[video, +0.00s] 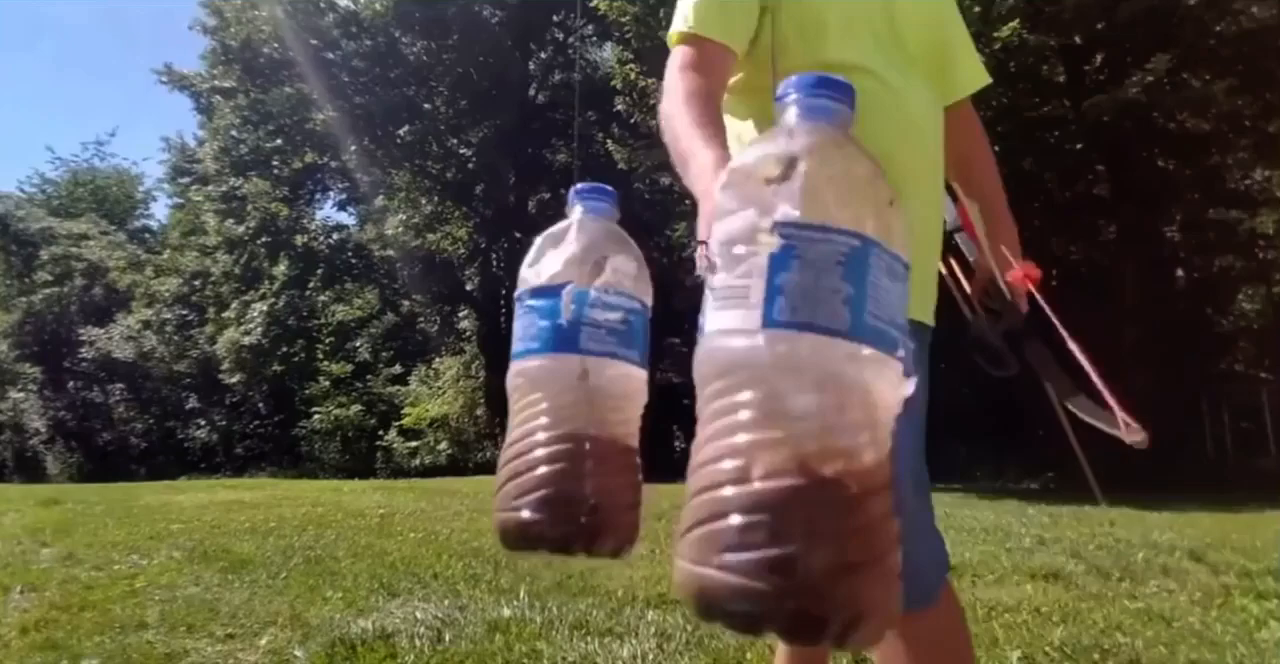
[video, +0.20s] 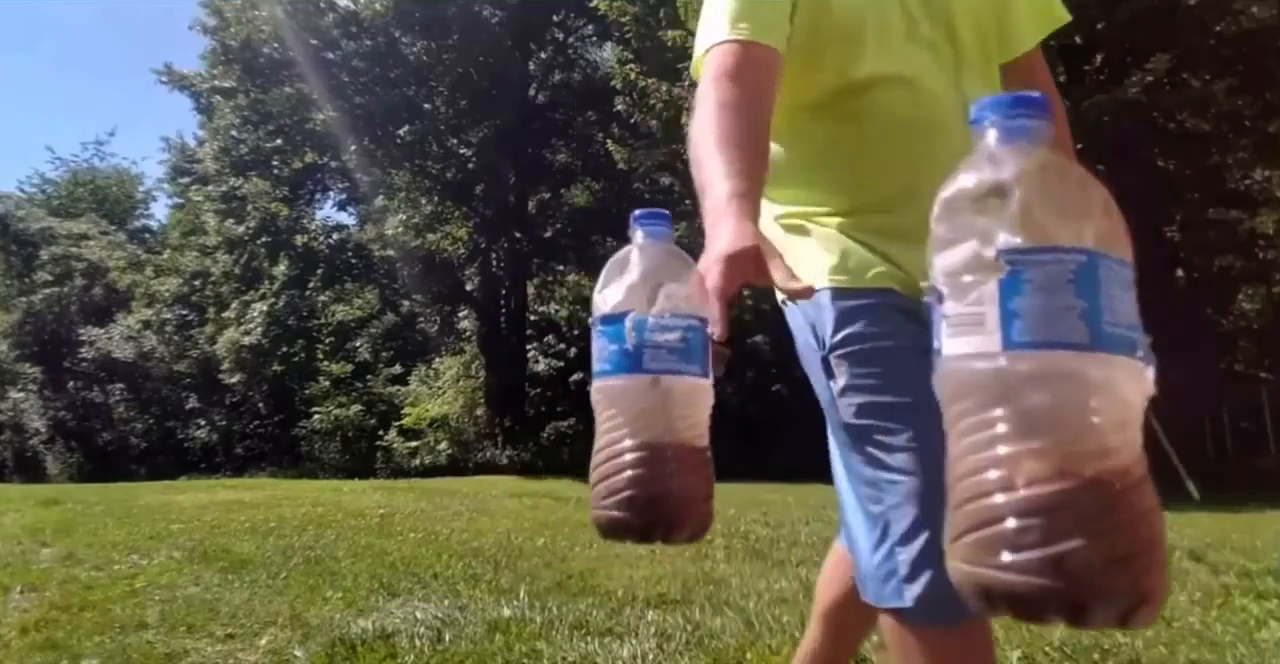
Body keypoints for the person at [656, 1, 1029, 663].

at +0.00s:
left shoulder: (934, 9)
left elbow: (954, 114)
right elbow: (689, 85)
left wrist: (1000, 238)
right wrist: (720, 198)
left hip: (908, 291)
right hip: (792, 289)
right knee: (905, 553)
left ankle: (802, 646)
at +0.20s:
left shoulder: (998, 7)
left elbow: (1030, 85)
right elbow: (734, 67)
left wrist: (1063, 233)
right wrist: (730, 220)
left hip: (981, 246)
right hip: (841, 243)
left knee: (893, 507)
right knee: (924, 535)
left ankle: (820, 654)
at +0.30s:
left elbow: (1067, 72)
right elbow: (756, 76)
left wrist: (1106, 230)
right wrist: (736, 264)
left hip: (1004, 246)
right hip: (859, 240)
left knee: (984, 494)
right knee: (933, 504)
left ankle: (840, 653)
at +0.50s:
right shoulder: (791, 8)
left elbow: (1125, 13)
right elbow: (779, 99)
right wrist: (730, 339)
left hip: (1055, 235)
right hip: (896, 232)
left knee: (1039, 526)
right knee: (966, 524)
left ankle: (945, 625)